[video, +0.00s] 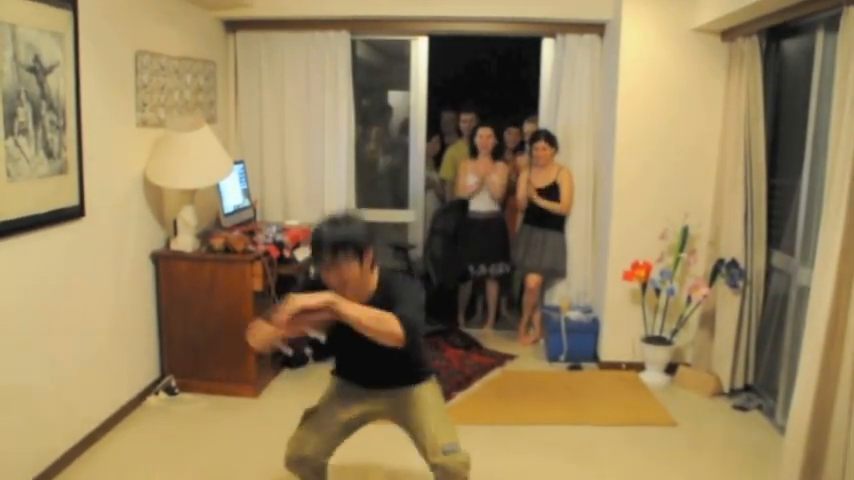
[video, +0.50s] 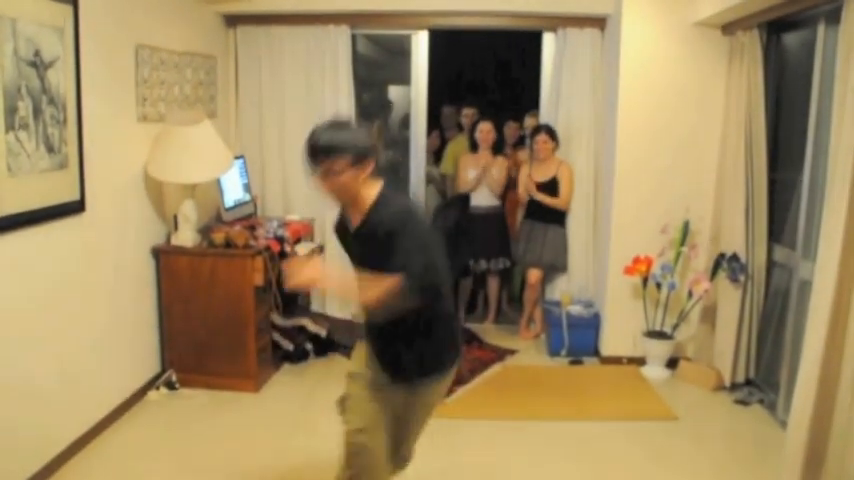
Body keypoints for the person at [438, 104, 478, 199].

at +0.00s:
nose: (467, 125)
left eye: (471, 121)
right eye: (463, 122)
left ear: (477, 123)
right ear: (459, 124)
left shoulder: (485, 148)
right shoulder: (453, 151)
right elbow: (448, 183)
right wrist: (451, 208)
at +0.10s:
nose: (468, 125)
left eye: (471, 120)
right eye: (464, 121)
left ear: (477, 122)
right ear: (459, 123)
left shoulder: (485, 147)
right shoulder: (453, 150)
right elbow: (448, 183)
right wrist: (451, 208)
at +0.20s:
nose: (468, 124)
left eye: (472, 120)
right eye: (464, 120)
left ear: (477, 122)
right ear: (459, 123)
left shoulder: (486, 146)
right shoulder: (454, 149)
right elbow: (449, 182)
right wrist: (451, 207)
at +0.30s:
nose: (468, 124)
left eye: (472, 119)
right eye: (464, 120)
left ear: (477, 121)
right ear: (459, 122)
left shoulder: (485, 145)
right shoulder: (454, 148)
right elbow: (448, 180)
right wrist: (451, 206)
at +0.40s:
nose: (468, 123)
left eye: (472, 118)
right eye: (465, 119)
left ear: (478, 120)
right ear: (460, 121)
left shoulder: (486, 146)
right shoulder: (454, 148)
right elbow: (448, 179)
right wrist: (451, 204)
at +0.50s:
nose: (469, 120)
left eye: (472, 116)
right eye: (465, 116)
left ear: (478, 118)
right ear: (460, 119)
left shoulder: (485, 141)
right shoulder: (455, 144)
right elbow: (449, 176)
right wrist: (452, 203)